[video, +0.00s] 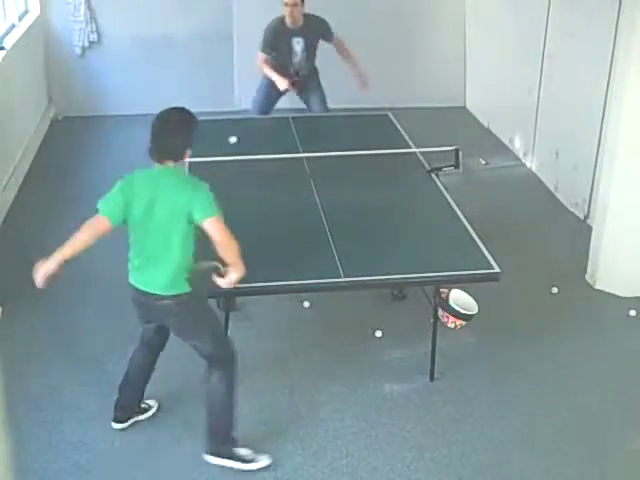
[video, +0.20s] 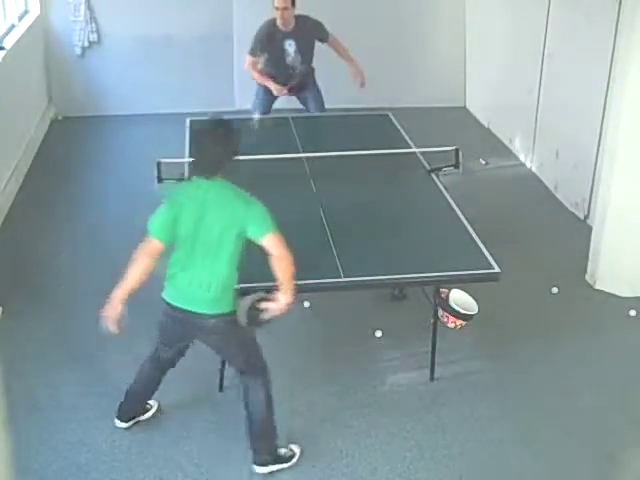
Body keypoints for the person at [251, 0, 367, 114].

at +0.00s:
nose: (290, 11)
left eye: (295, 6)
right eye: (287, 6)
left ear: (303, 7)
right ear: (283, 8)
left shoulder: (317, 24)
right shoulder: (274, 28)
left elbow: (339, 46)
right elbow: (262, 62)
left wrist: (358, 73)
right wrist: (278, 80)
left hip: (307, 77)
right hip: (277, 76)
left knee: (322, 115)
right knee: (257, 113)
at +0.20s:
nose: (281, 14)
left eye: (285, 9)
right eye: (277, 9)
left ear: (294, 8)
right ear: (273, 9)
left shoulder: (309, 25)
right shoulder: (266, 30)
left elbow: (333, 43)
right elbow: (251, 66)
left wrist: (354, 66)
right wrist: (271, 85)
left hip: (302, 79)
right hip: (271, 79)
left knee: (319, 116)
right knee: (257, 118)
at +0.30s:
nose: (275, 17)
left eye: (280, 12)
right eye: (272, 12)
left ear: (287, 11)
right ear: (267, 10)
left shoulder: (299, 26)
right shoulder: (258, 32)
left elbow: (322, 43)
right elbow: (235, 69)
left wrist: (344, 66)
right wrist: (261, 88)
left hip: (292, 83)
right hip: (262, 83)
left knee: (311, 118)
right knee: (253, 123)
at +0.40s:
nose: (272, 16)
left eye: (276, 11)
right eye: (268, 11)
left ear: (281, 11)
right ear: (261, 10)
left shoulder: (287, 28)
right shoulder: (251, 32)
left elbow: (303, 45)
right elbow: (232, 63)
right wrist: (257, 79)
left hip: (276, 79)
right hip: (251, 81)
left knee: (298, 116)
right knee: (250, 122)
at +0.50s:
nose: (267, 10)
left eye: (271, 6)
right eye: (263, 6)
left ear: (274, 8)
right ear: (256, 6)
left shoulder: (274, 26)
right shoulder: (247, 27)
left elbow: (283, 44)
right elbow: (245, 53)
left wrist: (307, 55)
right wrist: (264, 68)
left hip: (260, 81)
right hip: (235, 82)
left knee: (281, 109)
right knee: (243, 112)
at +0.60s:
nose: (264, 3)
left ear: (270, 3)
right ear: (252, 2)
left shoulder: (268, 20)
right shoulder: (245, 19)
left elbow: (270, 42)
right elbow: (250, 48)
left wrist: (297, 52)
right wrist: (268, 70)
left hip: (255, 79)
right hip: (232, 80)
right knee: (237, 119)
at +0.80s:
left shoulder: (258, 10)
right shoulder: (237, 12)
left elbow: (258, 33)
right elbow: (236, 52)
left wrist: (282, 46)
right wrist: (263, 75)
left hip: (248, 75)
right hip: (226, 76)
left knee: (266, 115)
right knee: (236, 119)